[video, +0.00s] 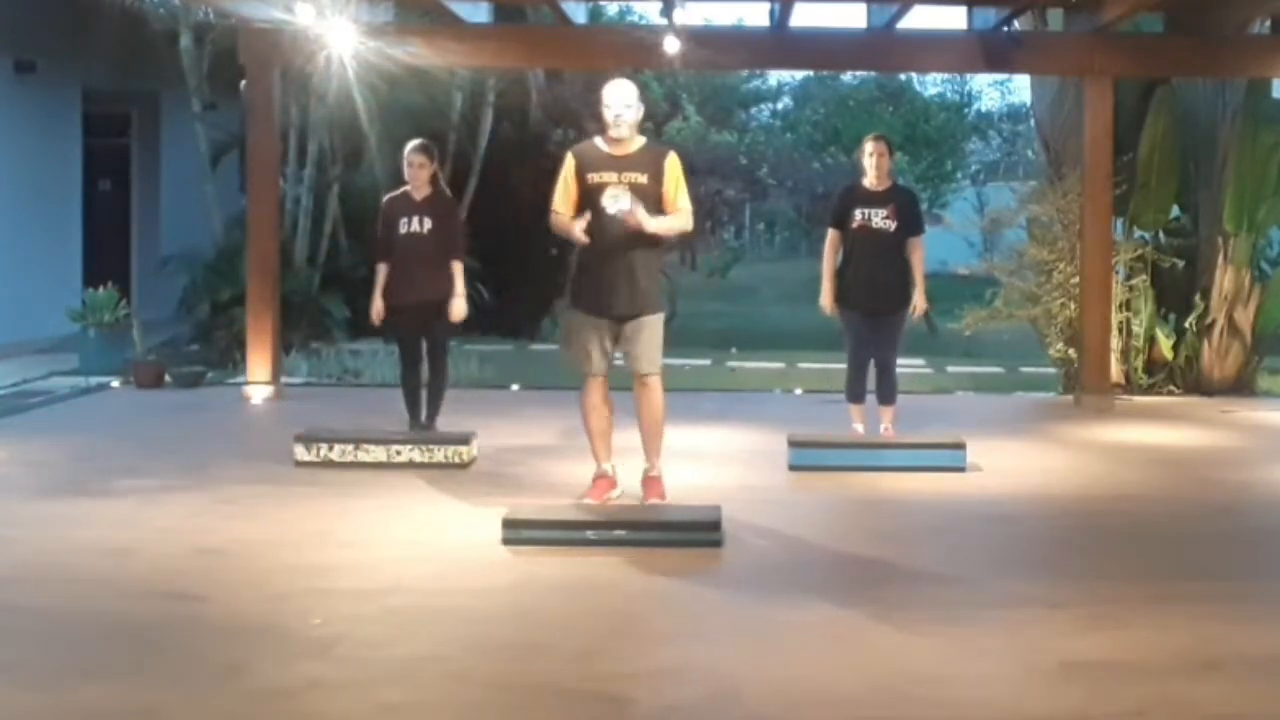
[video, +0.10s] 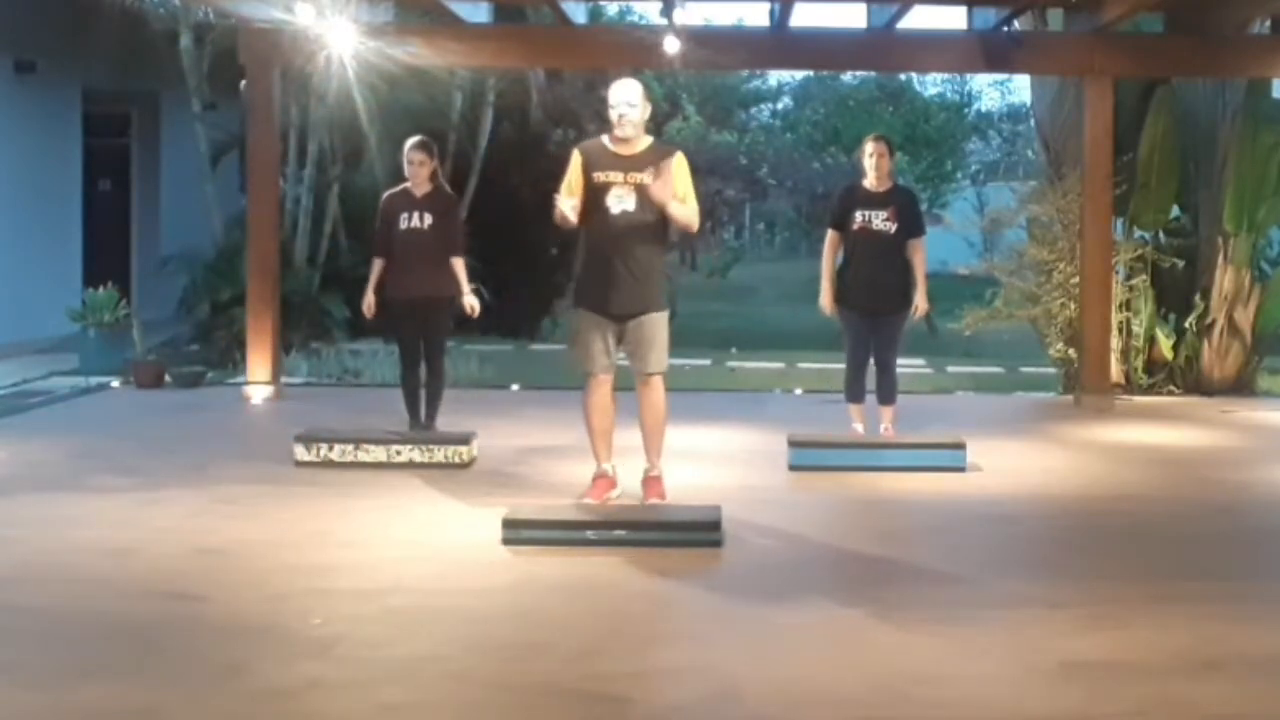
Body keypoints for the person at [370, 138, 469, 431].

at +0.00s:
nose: (414, 171)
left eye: (420, 166)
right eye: (410, 165)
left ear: (433, 168)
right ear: (403, 167)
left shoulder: (446, 204)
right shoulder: (391, 204)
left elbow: (455, 254)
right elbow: (384, 254)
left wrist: (459, 293)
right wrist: (377, 294)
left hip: (437, 297)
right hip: (403, 297)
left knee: (437, 361)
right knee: (410, 362)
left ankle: (431, 418)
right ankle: (414, 419)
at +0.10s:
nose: (413, 169)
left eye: (420, 163)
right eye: (409, 163)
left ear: (433, 165)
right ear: (403, 165)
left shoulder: (447, 200)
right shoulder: (391, 200)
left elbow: (455, 251)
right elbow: (381, 250)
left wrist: (466, 291)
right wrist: (370, 289)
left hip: (438, 295)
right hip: (402, 295)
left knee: (435, 360)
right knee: (409, 360)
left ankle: (430, 419)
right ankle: (414, 420)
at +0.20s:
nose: (413, 168)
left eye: (419, 162)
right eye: (409, 161)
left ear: (433, 163)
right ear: (403, 163)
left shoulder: (447, 199)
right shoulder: (392, 199)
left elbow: (459, 247)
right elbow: (380, 247)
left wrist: (470, 287)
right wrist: (367, 285)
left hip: (436, 293)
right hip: (400, 293)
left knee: (432, 358)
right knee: (407, 359)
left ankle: (429, 420)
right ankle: (413, 420)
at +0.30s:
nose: (414, 168)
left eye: (420, 162)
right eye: (410, 162)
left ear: (433, 164)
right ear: (404, 165)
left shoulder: (447, 200)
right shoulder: (392, 200)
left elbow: (460, 247)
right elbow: (381, 248)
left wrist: (471, 288)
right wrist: (368, 287)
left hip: (435, 296)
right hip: (399, 295)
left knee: (429, 359)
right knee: (404, 360)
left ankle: (429, 421)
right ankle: (413, 421)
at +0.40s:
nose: (414, 171)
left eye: (420, 165)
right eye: (409, 165)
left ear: (432, 166)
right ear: (403, 167)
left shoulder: (447, 202)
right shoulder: (392, 202)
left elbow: (459, 251)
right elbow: (383, 252)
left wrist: (468, 291)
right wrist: (372, 290)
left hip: (433, 296)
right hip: (399, 295)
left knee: (427, 359)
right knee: (404, 361)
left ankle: (428, 420)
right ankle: (413, 420)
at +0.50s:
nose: (415, 168)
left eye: (421, 162)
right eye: (410, 162)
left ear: (433, 164)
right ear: (404, 165)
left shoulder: (447, 200)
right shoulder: (393, 201)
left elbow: (455, 249)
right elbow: (386, 251)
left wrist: (462, 289)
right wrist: (376, 290)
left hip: (433, 295)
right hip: (399, 295)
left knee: (428, 359)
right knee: (405, 361)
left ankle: (428, 421)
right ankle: (413, 421)